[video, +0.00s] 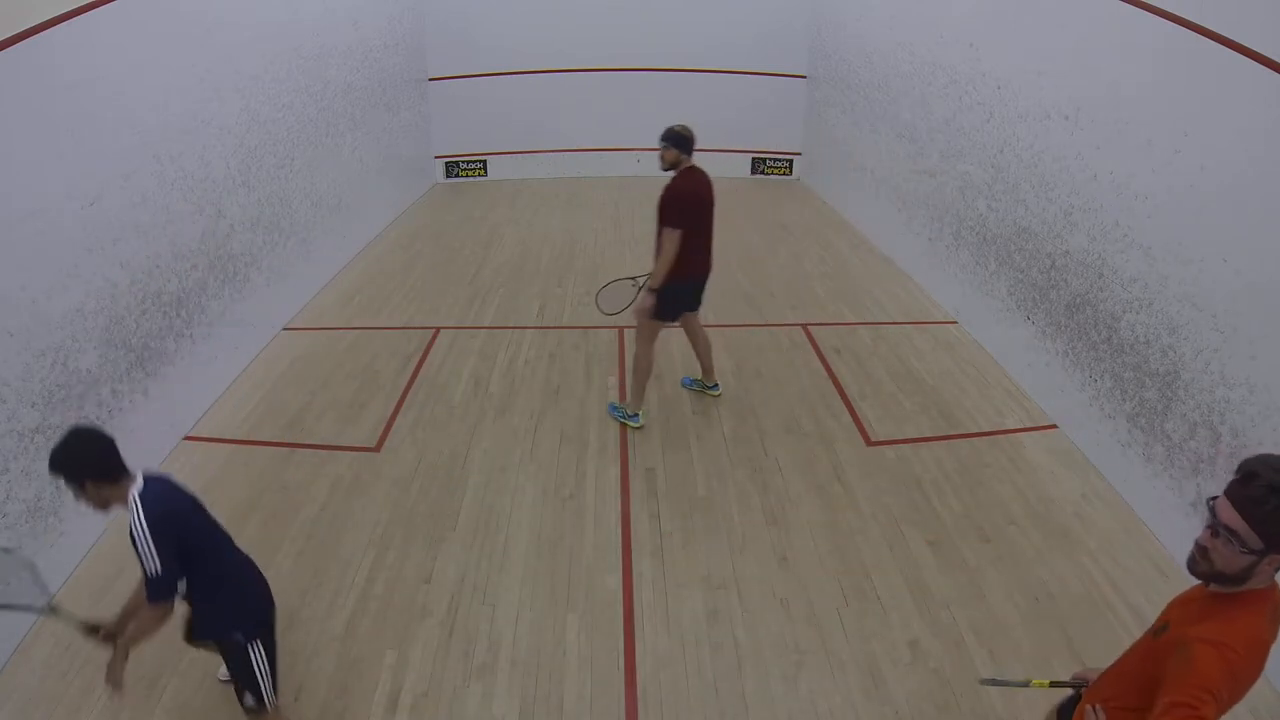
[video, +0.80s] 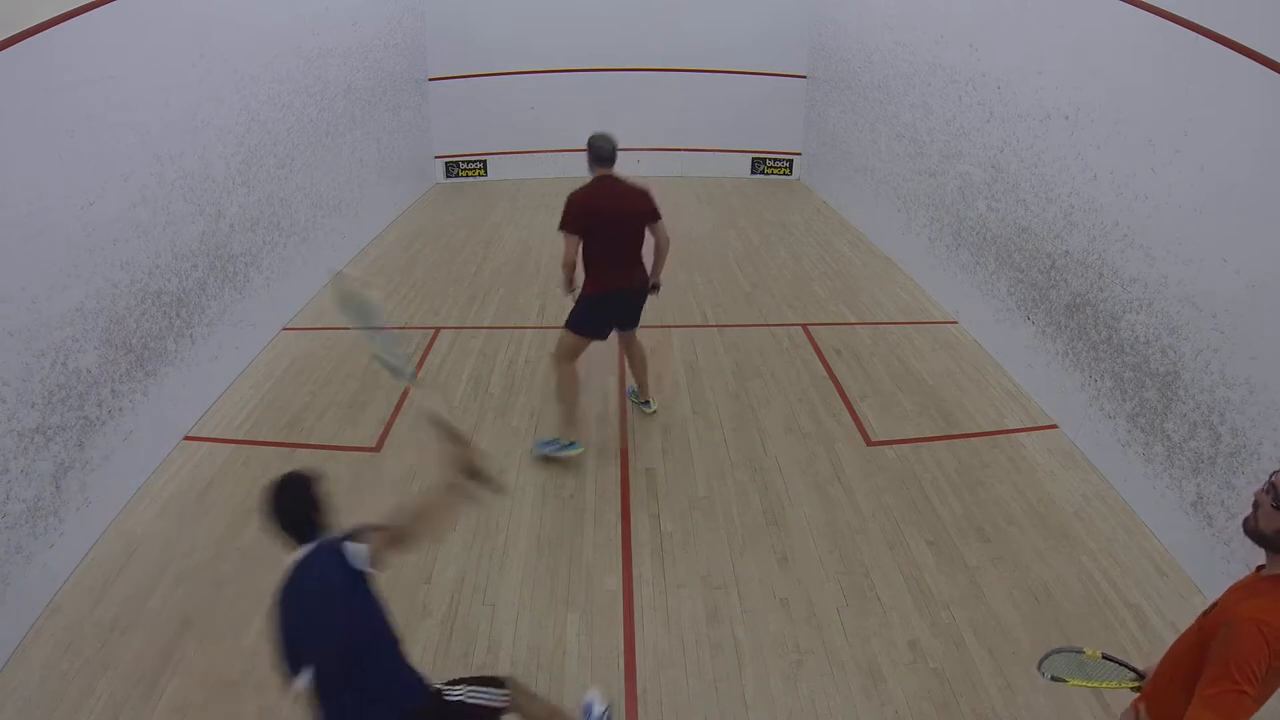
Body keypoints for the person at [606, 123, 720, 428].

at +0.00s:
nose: (659, 154)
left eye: (663, 149)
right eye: (660, 149)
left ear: (677, 152)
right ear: (684, 151)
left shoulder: (676, 190)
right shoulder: (701, 180)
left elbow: (670, 246)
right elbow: (692, 233)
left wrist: (651, 288)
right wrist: (660, 267)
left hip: (674, 277)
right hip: (697, 272)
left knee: (645, 333)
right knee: (690, 321)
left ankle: (633, 408)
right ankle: (709, 380)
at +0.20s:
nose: (633, 152)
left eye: (637, 147)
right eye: (634, 146)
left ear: (652, 149)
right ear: (660, 149)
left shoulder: (646, 187)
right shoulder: (683, 179)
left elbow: (633, 246)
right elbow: (677, 232)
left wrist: (604, 282)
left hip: (646, 277)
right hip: (676, 273)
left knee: (632, 339)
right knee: (668, 323)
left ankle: (633, 409)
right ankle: (689, 389)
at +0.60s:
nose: (603, 149)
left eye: (604, 145)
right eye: (604, 144)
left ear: (611, 146)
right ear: (635, 145)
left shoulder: (605, 182)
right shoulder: (656, 180)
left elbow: (597, 238)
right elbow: (669, 229)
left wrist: (591, 267)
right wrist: (660, 262)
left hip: (614, 277)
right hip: (648, 274)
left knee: (602, 342)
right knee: (644, 330)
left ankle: (620, 411)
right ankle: (663, 398)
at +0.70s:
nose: (600, 146)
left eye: (600, 141)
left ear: (601, 143)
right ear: (629, 143)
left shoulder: (592, 180)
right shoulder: (648, 180)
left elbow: (582, 240)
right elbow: (667, 230)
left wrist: (583, 261)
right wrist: (658, 263)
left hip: (606, 278)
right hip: (640, 274)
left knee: (582, 342)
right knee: (634, 327)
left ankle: (601, 416)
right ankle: (652, 392)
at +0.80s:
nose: (591, 161)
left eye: (589, 156)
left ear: (588, 159)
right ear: (615, 159)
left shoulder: (579, 199)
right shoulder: (638, 194)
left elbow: (570, 259)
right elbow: (662, 241)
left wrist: (568, 281)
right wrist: (655, 276)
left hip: (599, 293)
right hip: (636, 288)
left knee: (564, 355)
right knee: (629, 337)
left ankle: (568, 437)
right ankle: (644, 396)